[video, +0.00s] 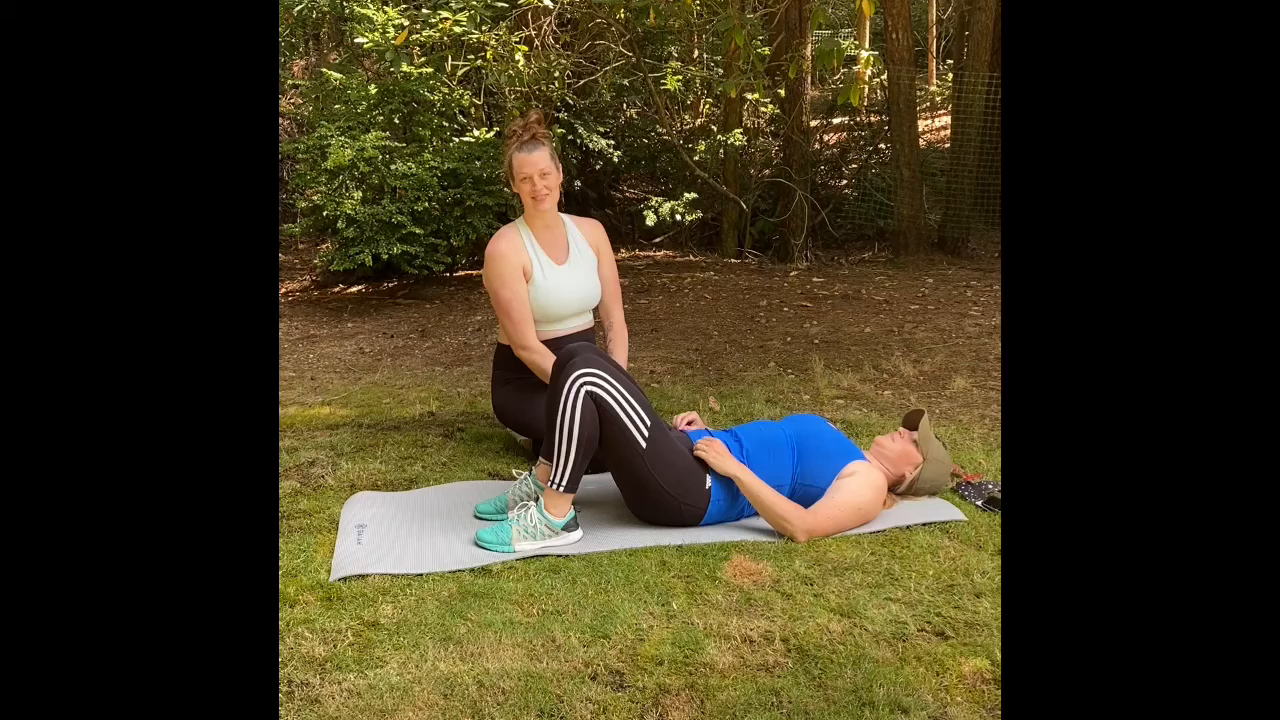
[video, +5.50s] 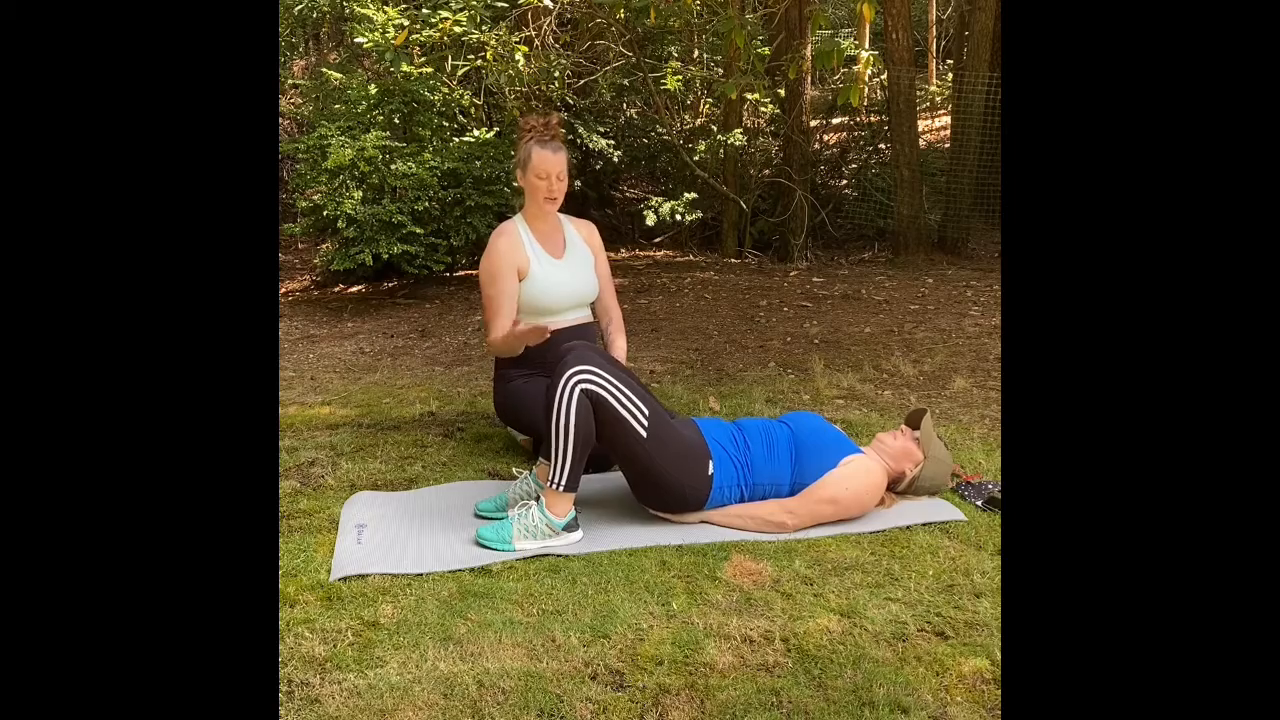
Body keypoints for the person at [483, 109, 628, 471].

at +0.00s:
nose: (538, 186)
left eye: (544, 174)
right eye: (526, 179)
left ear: (560, 173)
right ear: (514, 186)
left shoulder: (591, 232)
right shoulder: (505, 248)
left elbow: (614, 321)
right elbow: (525, 346)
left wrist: (615, 384)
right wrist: (586, 396)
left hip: (584, 365)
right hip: (523, 380)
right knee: (599, 444)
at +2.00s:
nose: (570, 196)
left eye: (575, 185)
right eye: (559, 184)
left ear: (580, 184)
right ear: (530, 182)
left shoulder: (590, 232)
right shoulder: (506, 247)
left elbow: (613, 321)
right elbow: (524, 348)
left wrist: (614, 385)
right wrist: (588, 396)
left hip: (584, 366)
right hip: (523, 378)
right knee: (602, 446)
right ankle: (538, 442)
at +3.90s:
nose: (563, 196)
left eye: (571, 186)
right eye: (553, 185)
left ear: (580, 184)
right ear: (531, 181)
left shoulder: (593, 233)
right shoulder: (510, 246)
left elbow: (614, 322)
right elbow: (509, 350)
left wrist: (613, 382)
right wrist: (575, 389)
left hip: (585, 370)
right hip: (524, 381)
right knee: (606, 447)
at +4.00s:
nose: (564, 196)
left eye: (573, 186)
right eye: (554, 185)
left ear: (581, 183)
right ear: (533, 181)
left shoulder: (595, 234)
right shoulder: (512, 246)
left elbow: (615, 321)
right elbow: (502, 346)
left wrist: (614, 380)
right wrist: (569, 384)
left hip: (585, 373)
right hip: (525, 384)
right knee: (610, 447)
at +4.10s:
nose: (565, 195)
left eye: (574, 185)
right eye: (555, 184)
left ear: (582, 183)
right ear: (533, 180)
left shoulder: (595, 234)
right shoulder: (512, 245)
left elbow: (615, 321)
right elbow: (499, 346)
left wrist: (614, 380)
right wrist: (563, 386)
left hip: (586, 372)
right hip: (525, 382)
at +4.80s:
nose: (552, 191)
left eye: (560, 180)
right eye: (541, 181)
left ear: (570, 178)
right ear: (523, 181)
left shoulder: (590, 233)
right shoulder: (509, 244)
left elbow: (614, 319)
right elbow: (502, 333)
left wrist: (616, 366)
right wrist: (517, 374)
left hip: (587, 366)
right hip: (527, 375)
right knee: (599, 448)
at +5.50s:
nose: (554, 187)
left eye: (561, 177)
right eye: (543, 177)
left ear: (568, 178)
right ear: (520, 178)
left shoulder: (585, 232)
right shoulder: (505, 243)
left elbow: (611, 318)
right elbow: (497, 342)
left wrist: (615, 366)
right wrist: (524, 337)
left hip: (585, 364)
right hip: (525, 375)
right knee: (604, 448)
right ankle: (536, 440)